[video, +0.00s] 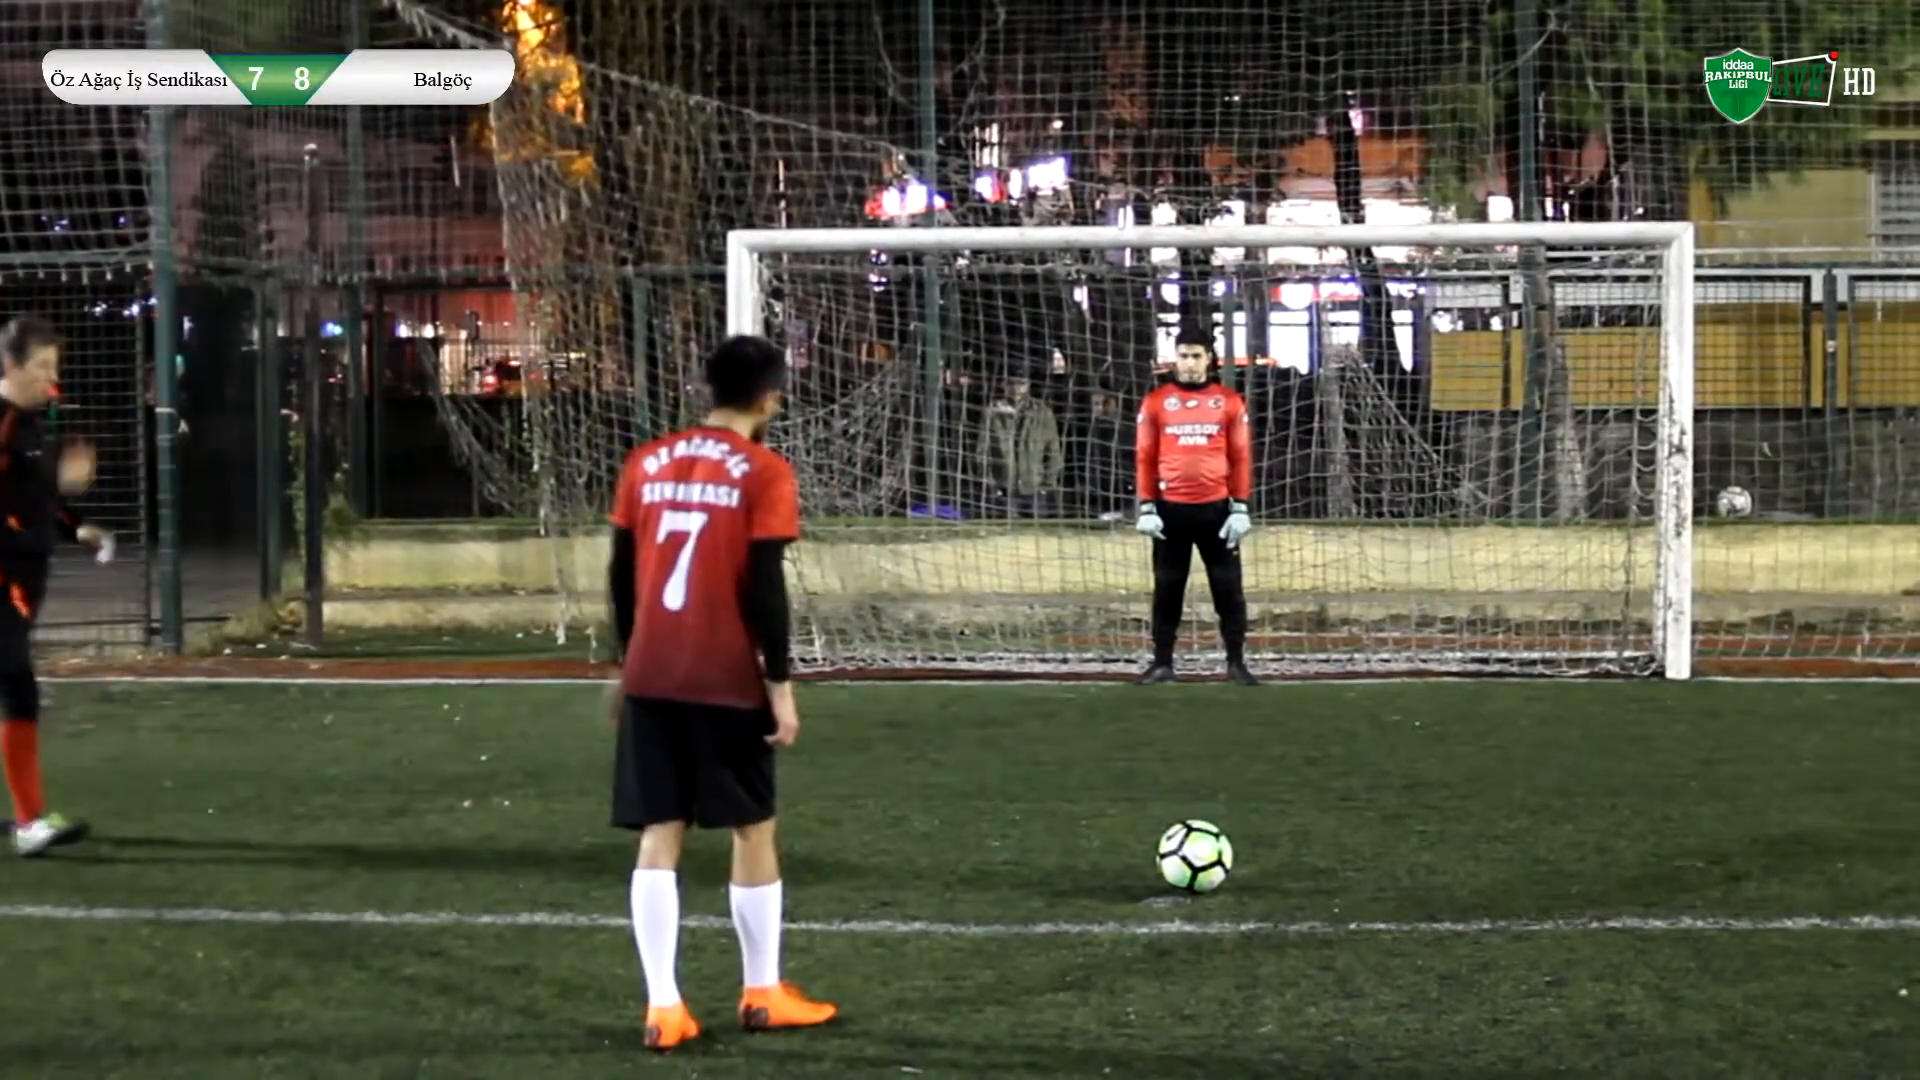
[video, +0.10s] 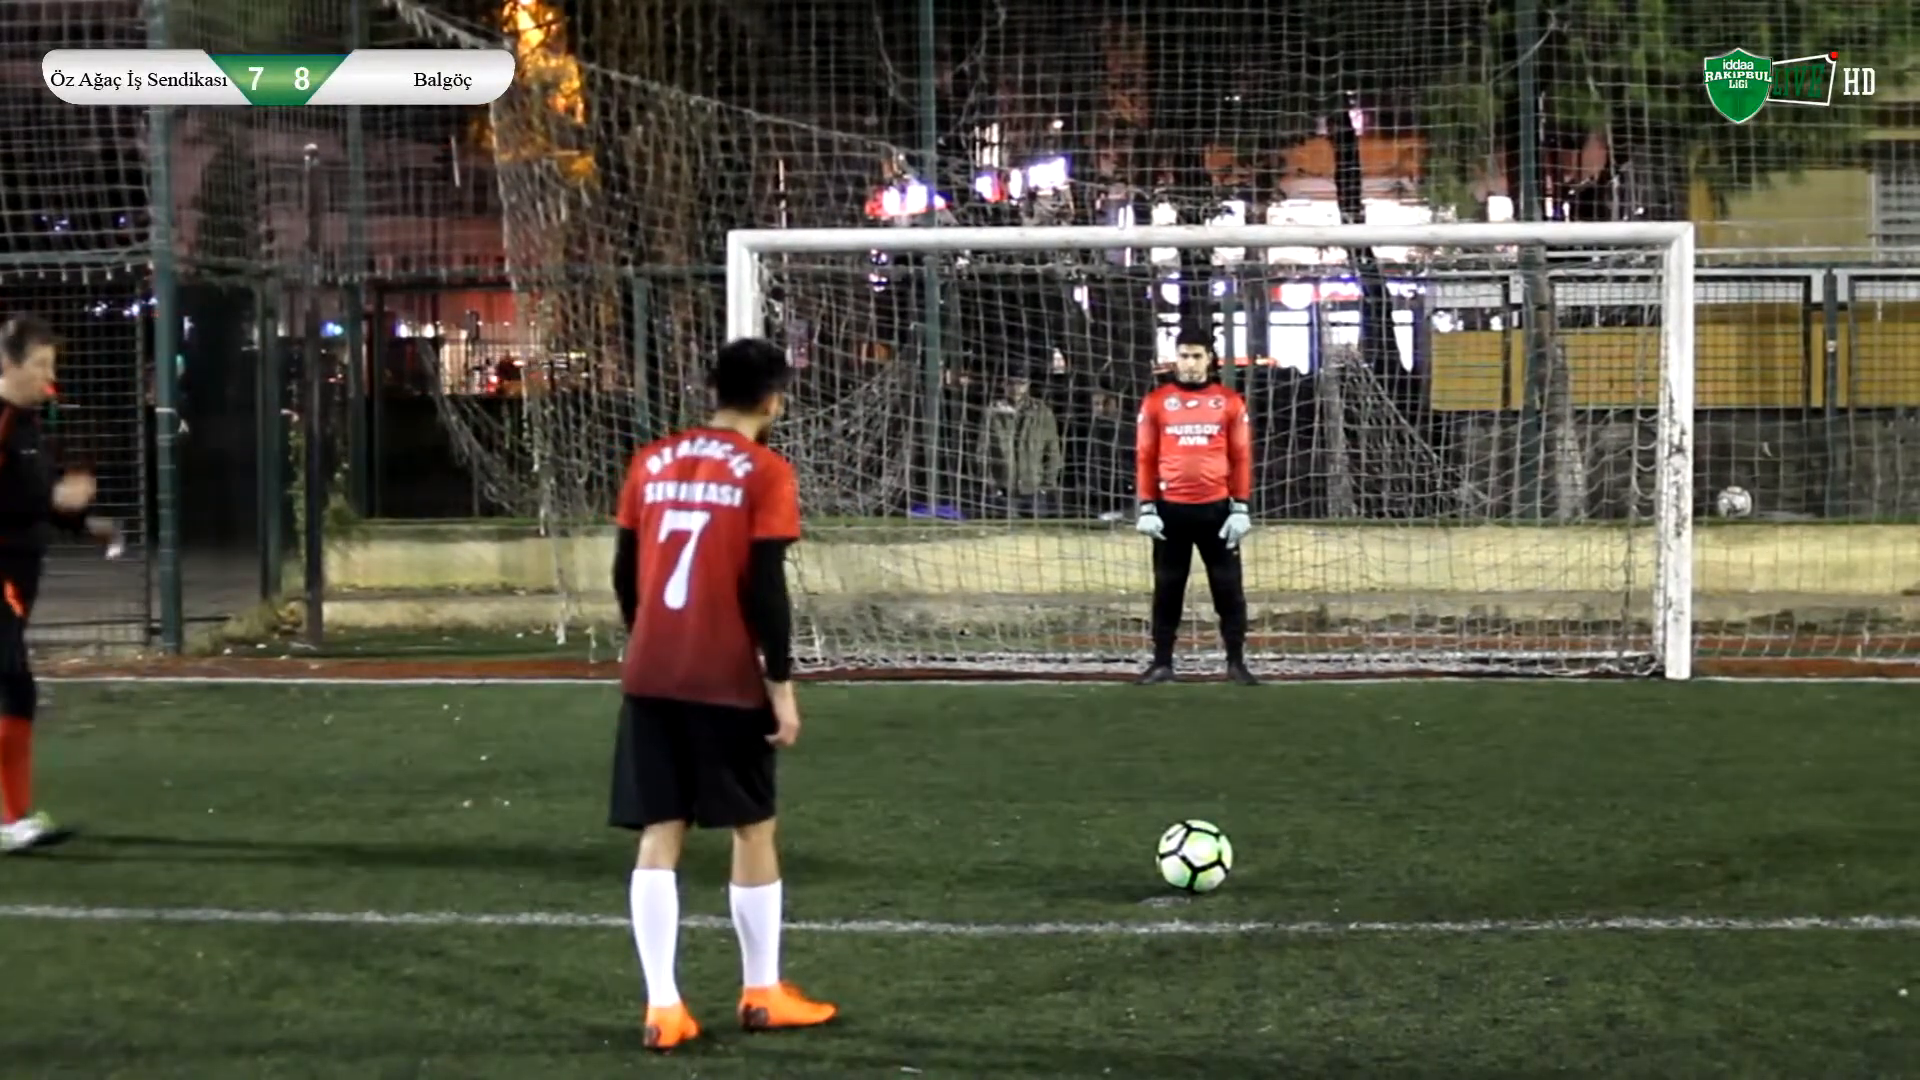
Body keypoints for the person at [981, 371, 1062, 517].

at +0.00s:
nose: (1015, 389)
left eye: (1021, 384)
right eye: (1011, 383)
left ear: (1029, 386)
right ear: (1004, 385)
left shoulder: (1043, 413)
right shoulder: (992, 413)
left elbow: (1054, 453)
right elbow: (983, 450)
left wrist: (1048, 485)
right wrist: (991, 485)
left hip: (1035, 492)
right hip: (1003, 492)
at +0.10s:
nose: (1015, 389)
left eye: (1021, 383)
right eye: (1011, 383)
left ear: (1029, 385)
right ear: (1004, 384)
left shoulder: (1043, 413)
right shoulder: (992, 412)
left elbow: (1054, 453)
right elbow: (982, 450)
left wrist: (1048, 485)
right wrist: (990, 484)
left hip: (1035, 492)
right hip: (1003, 492)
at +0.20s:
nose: (1014, 389)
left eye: (1020, 384)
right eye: (1009, 383)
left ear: (1027, 386)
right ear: (1003, 385)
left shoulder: (1042, 413)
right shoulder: (991, 413)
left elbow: (1052, 453)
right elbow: (981, 450)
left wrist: (1046, 485)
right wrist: (989, 485)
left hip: (1033, 492)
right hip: (1001, 492)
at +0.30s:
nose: (1014, 389)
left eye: (1020, 384)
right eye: (1009, 383)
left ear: (1027, 386)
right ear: (1002, 385)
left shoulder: (1042, 413)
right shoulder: (991, 413)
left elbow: (1052, 454)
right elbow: (981, 451)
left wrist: (1047, 485)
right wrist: (989, 485)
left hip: (1034, 492)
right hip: (1002, 492)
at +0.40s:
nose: (1016, 389)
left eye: (1022, 383)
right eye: (1011, 383)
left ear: (1029, 385)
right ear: (1005, 384)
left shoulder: (1044, 412)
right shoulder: (993, 412)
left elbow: (1054, 453)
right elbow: (983, 450)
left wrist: (1048, 484)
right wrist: (992, 485)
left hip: (1036, 492)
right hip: (1003, 492)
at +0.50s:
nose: (1018, 388)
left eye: (1023, 382)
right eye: (1013, 382)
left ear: (1030, 384)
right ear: (1006, 383)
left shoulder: (1045, 412)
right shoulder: (995, 410)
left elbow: (1056, 453)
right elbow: (985, 449)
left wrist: (1049, 485)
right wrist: (992, 482)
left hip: (1036, 491)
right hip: (1004, 491)